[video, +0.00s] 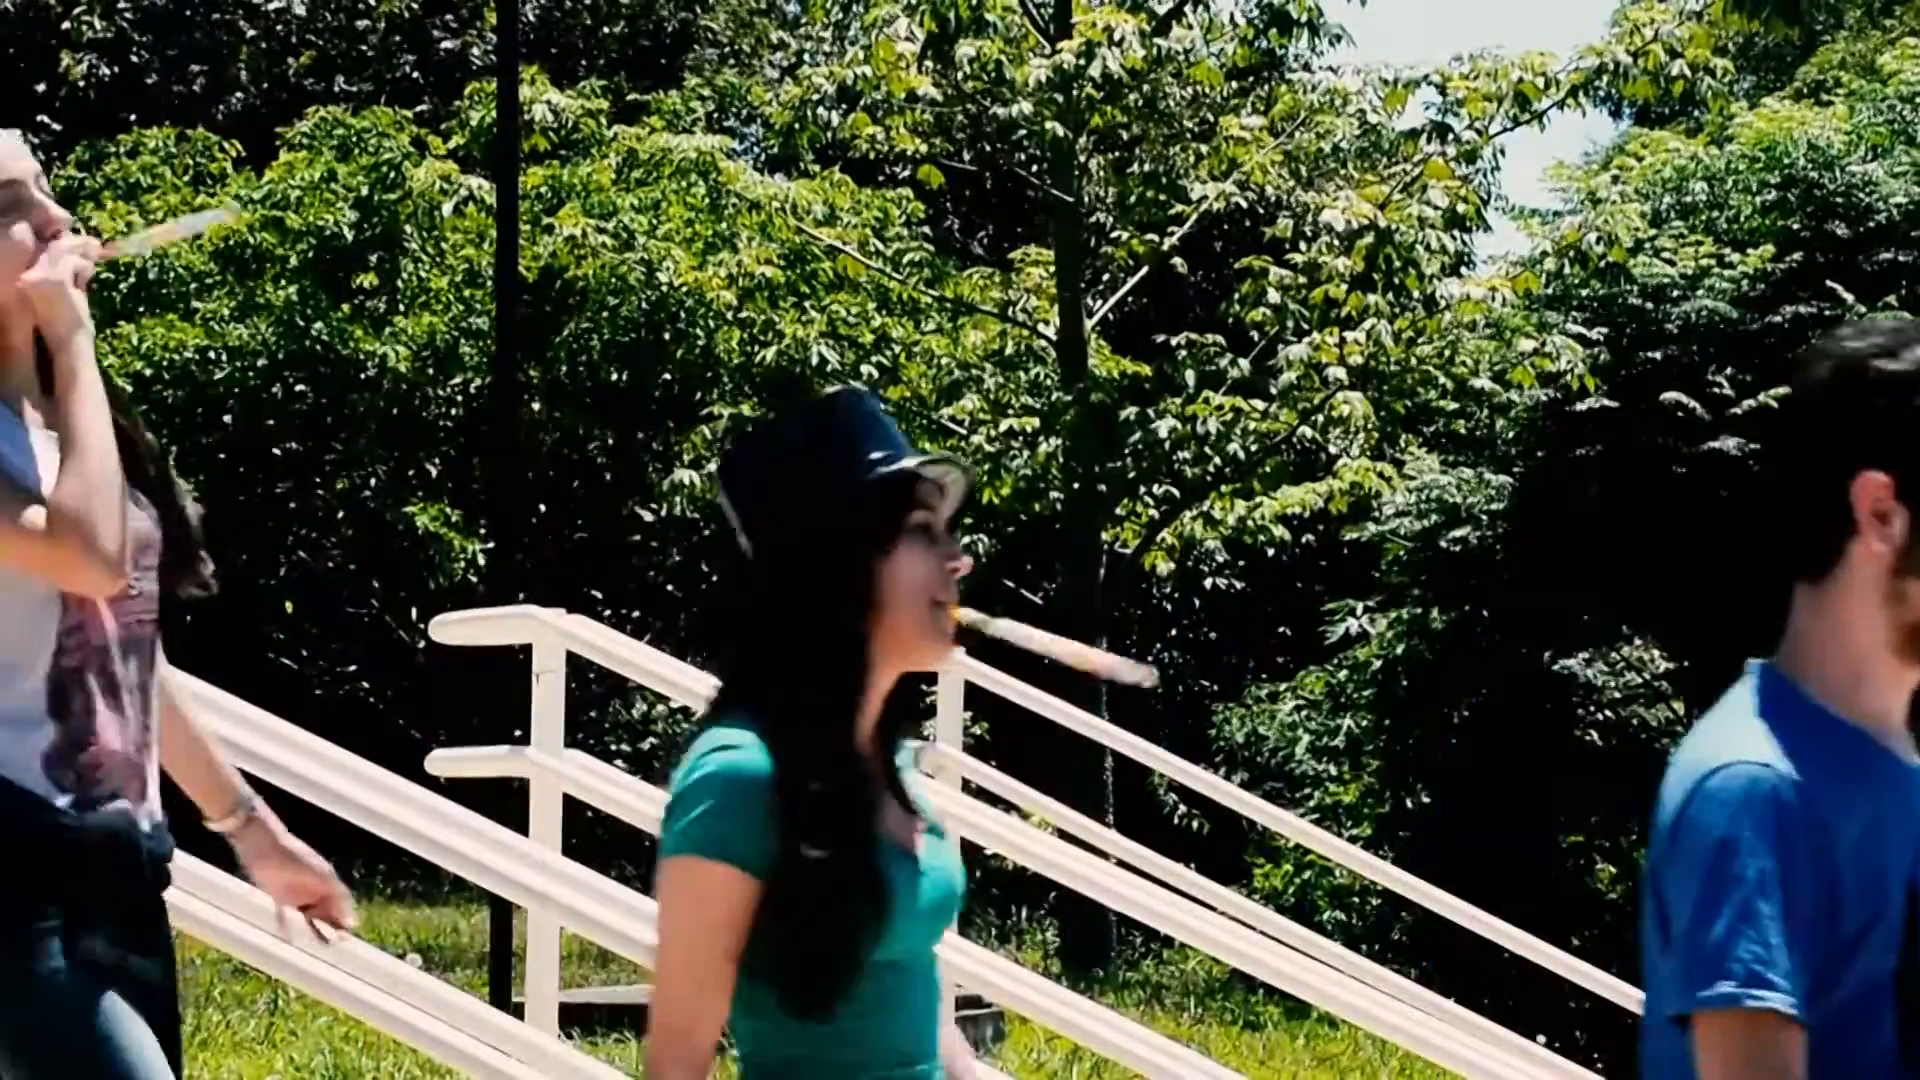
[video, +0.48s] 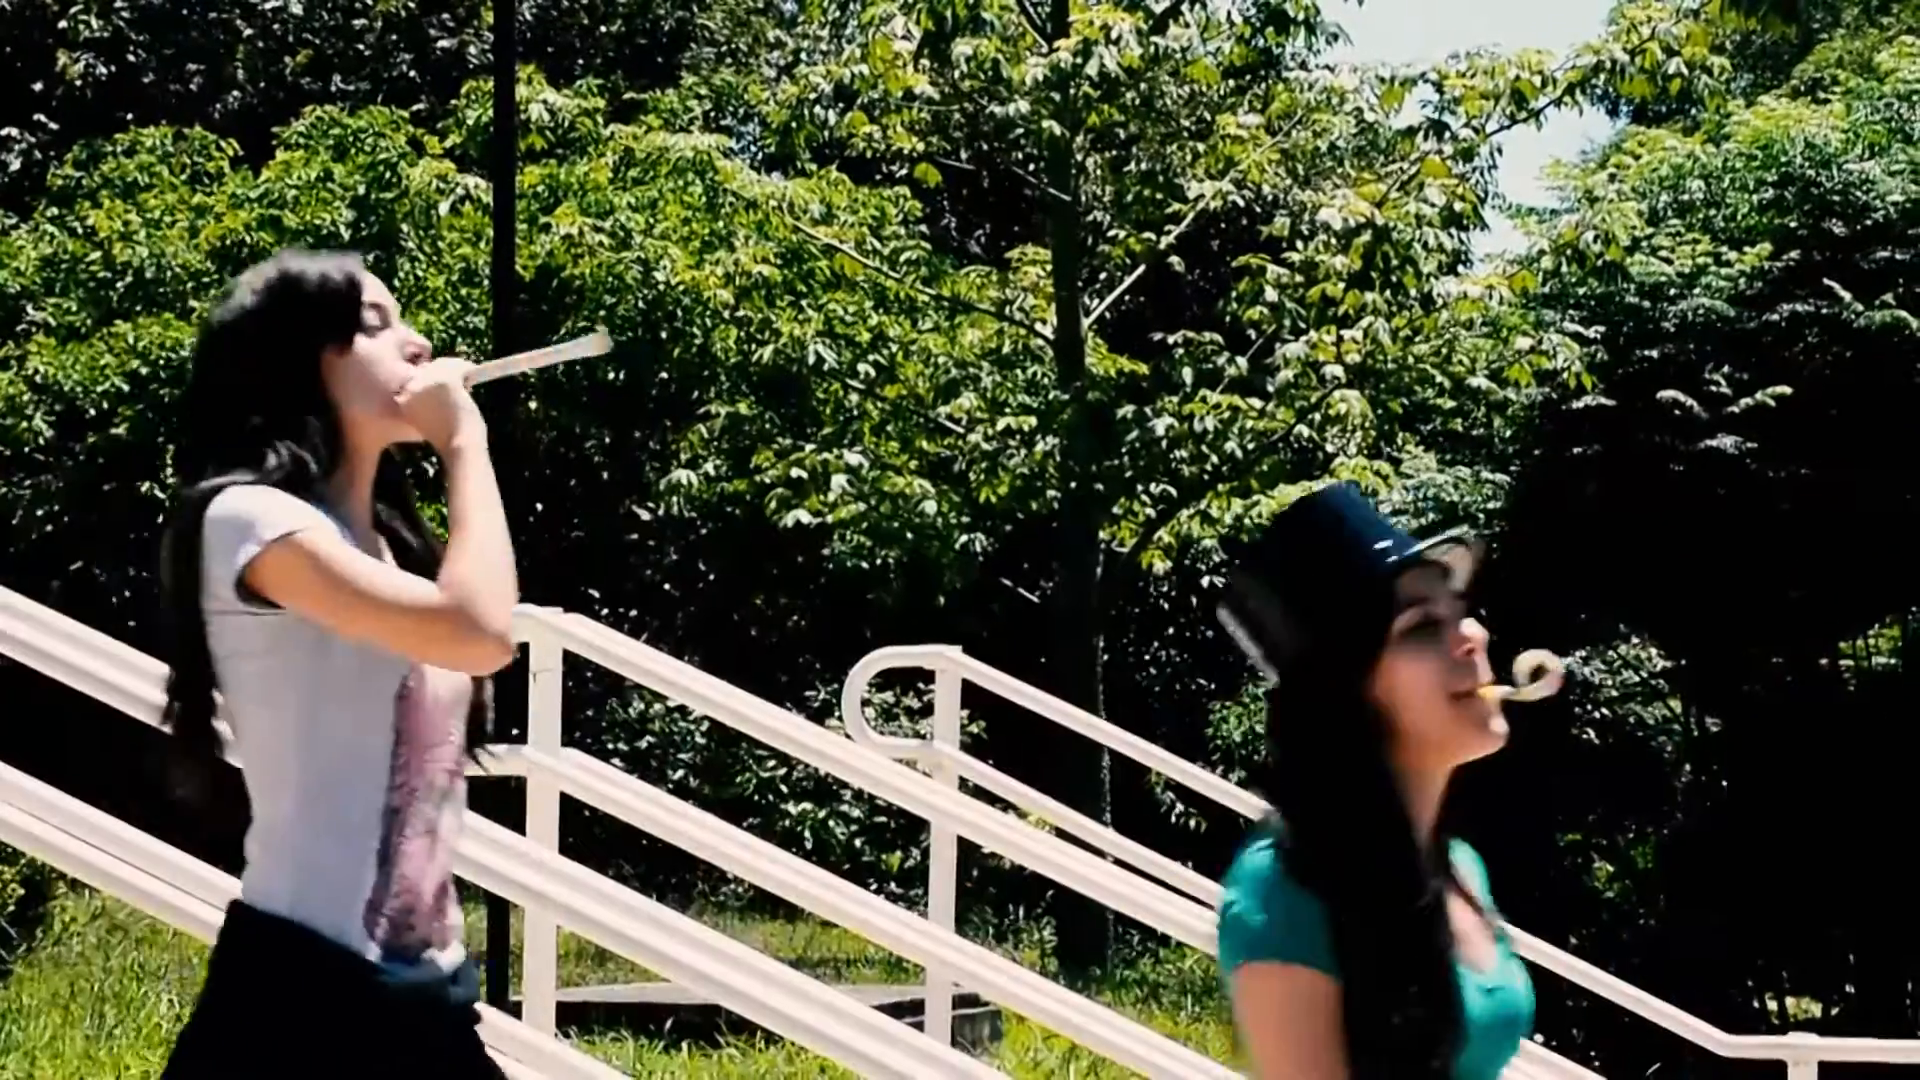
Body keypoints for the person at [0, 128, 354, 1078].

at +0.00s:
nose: (61, 221)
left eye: (50, 196)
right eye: (17, 208)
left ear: (55, 225)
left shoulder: (76, 432)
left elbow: (132, 654)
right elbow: (88, 558)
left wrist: (251, 830)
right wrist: (72, 345)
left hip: (124, 873)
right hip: (21, 878)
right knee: (140, 1063)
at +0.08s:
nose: (105, 250)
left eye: (98, 224)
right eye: (63, 237)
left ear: (112, 244)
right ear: (7, 281)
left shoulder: (123, 463)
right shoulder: (8, 465)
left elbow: (193, 695)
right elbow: (146, 586)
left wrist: (341, 861)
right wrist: (128, 367)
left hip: (175, 899)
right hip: (53, 906)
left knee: (200, 1064)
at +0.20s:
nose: (196, 311)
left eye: (185, 287)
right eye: (156, 296)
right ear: (86, 342)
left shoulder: (204, 532)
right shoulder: (43, 513)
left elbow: (251, 773)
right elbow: (243, 627)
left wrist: (420, 927)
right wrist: (221, 418)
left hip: (250, 971)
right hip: (126, 970)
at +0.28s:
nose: (264, 336)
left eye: (253, 315)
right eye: (222, 321)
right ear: (151, 369)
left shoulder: (261, 561)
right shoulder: (99, 532)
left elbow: (293, 818)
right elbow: (308, 646)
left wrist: (437, 998)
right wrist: (295, 442)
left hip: (300, 992)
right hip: (170, 988)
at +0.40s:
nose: (356, 341)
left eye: (345, 317)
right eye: (317, 321)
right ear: (246, 364)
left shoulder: (324, 547)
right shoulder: (186, 519)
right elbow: (408, 637)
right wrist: (396, 439)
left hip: (362, 979)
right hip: (241, 979)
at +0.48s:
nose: (417, 345)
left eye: (404, 322)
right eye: (379, 325)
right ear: (308, 366)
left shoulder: (385, 548)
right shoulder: (247, 517)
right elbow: (480, 630)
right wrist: (464, 439)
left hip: (424, 988)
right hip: (304, 984)